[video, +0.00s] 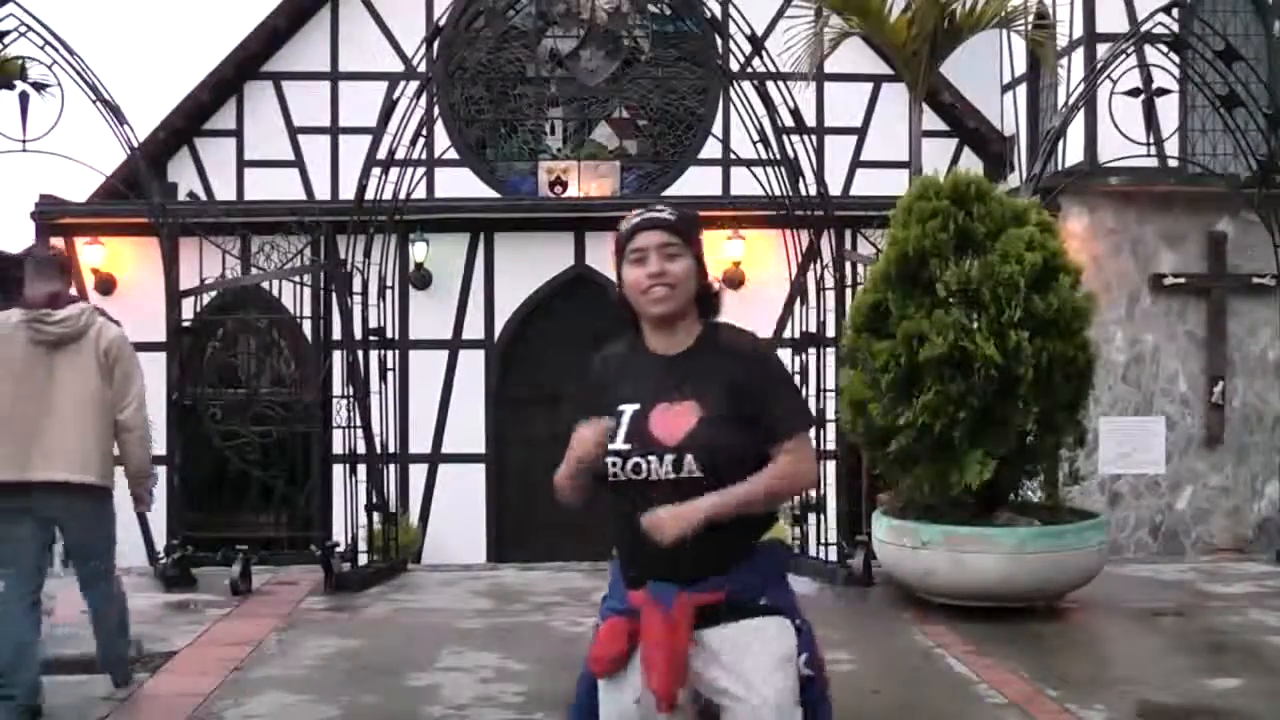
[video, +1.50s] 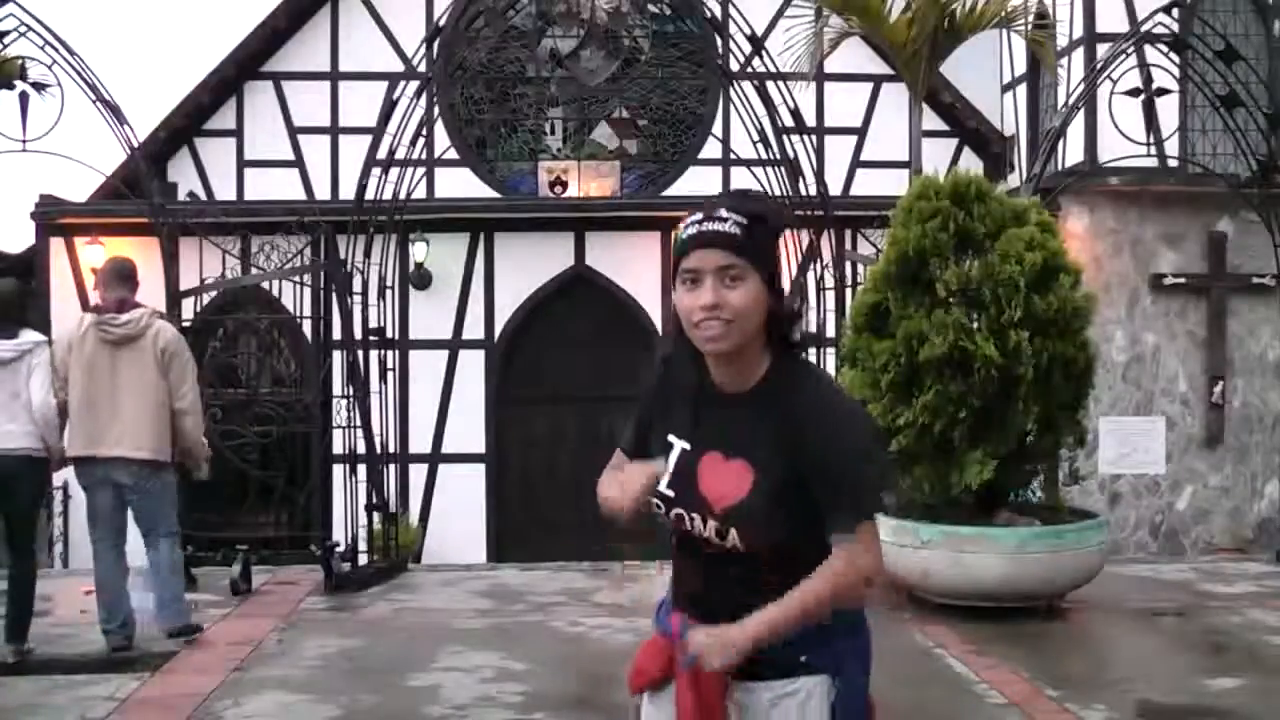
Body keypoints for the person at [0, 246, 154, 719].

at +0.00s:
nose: (36, 297)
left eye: (33, 291)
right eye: (46, 289)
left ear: (24, 289)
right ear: (69, 286)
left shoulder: (5, 331)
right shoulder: (105, 335)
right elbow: (132, 417)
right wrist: (141, 484)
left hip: (13, 482)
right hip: (82, 482)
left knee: (16, 590)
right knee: (99, 575)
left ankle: (16, 703)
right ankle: (119, 671)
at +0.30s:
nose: (91, 291)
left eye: (80, 281)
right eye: (111, 282)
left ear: (72, 281)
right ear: (116, 282)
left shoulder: (41, 329)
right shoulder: (147, 334)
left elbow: (17, 407)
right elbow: (170, 411)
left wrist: (31, 457)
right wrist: (182, 469)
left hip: (58, 473)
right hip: (121, 476)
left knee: (52, 568)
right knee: (124, 570)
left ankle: (36, 657)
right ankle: (123, 666)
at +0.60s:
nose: (93, 285)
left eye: (94, 278)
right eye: (101, 279)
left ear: (96, 280)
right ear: (136, 283)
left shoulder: (65, 329)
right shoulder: (166, 331)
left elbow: (36, 404)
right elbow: (196, 403)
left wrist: (45, 447)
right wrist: (216, 459)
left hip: (82, 464)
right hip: (140, 465)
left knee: (84, 561)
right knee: (133, 565)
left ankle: (81, 659)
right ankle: (123, 665)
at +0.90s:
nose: (93, 289)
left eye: (97, 282)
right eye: (97, 282)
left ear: (107, 284)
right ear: (140, 289)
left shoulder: (74, 336)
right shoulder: (171, 336)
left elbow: (46, 402)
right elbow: (202, 406)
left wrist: (38, 451)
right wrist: (221, 457)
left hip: (90, 465)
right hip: (147, 466)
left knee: (104, 552)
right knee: (138, 564)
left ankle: (107, 628)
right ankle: (124, 661)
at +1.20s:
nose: (97, 296)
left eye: (97, 290)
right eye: (101, 290)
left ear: (98, 291)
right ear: (135, 291)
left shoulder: (73, 342)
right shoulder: (166, 339)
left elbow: (56, 405)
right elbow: (191, 410)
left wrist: (51, 448)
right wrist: (189, 450)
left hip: (92, 462)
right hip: (145, 460)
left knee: (109, 548)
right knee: (150, 545)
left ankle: (115, 636)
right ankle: (132, 624)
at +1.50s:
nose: (97, 295)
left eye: (97, 289)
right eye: (99, 290)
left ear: (100, 289)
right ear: (136, 287)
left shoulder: (75, 336)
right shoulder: (164, 335)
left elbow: (60, 397)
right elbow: (186, 405)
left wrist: (66, 443)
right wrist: (197, 455)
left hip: (92, 456)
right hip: (147, 455)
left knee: (106, 546)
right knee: (162, 538)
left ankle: (117, 633)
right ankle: (175, 621)